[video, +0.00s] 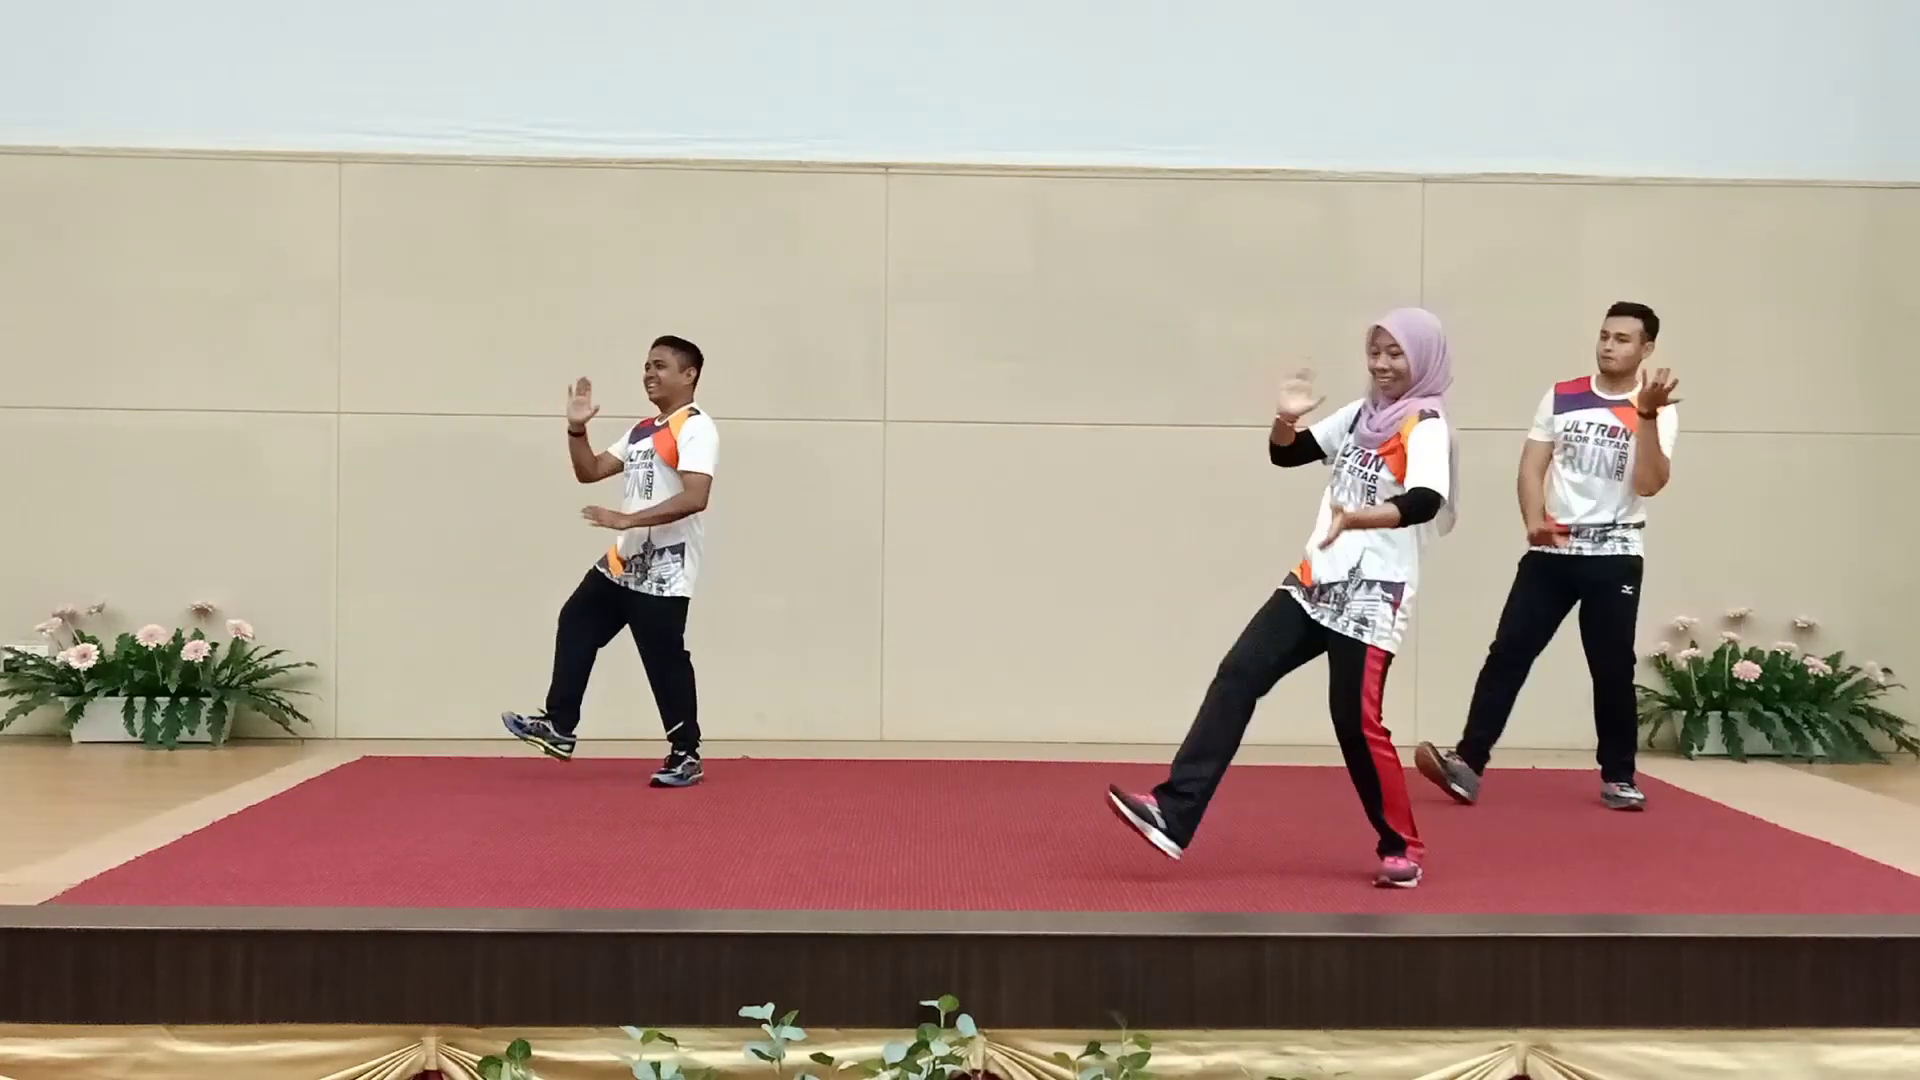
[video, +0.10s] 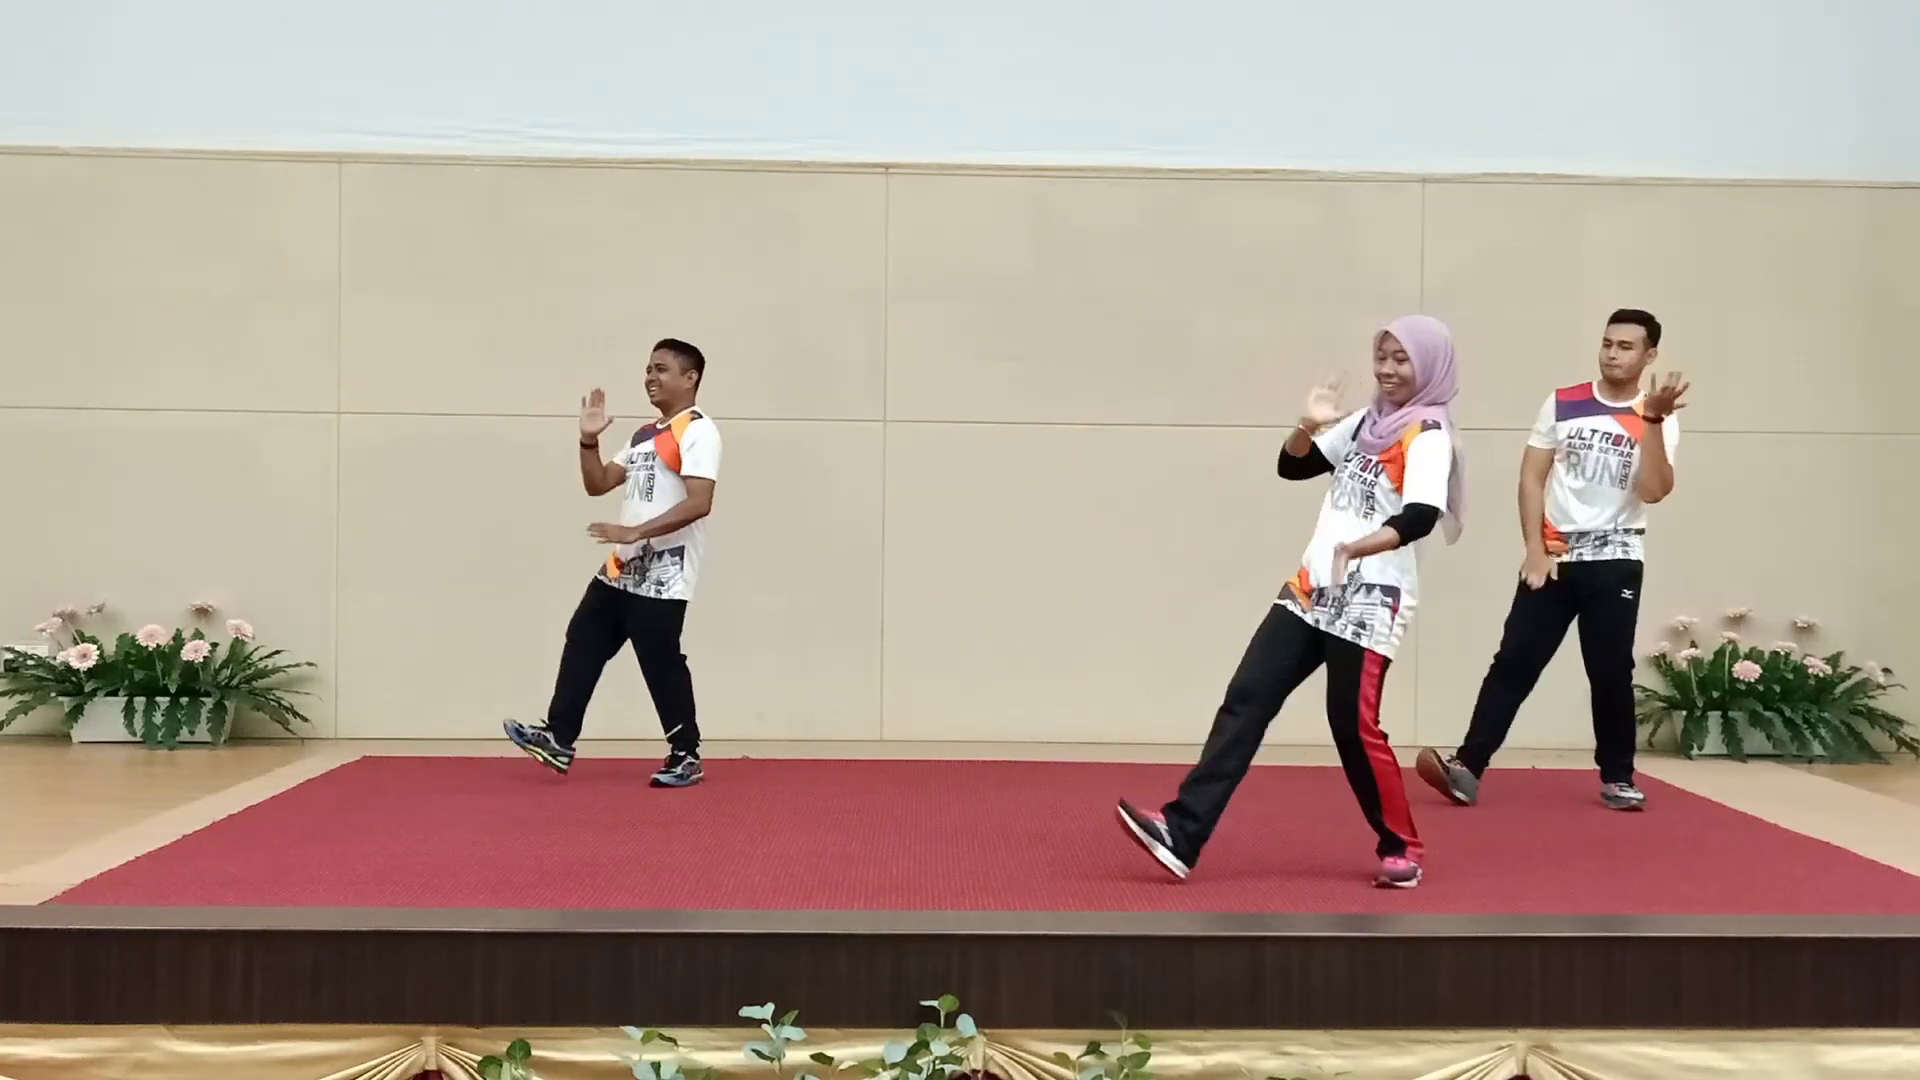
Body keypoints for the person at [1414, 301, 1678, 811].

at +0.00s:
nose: (1610, 346)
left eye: (1623, 339)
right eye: (1606, 336)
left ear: (1646, 349)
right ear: (1597, 340)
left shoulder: (1656, 410)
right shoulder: (1561, 397)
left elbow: (1649, 484)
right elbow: (1530, 469)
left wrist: (1647, 415)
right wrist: (1535, 522)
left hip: (1614, 554)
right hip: (1552, 549)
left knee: (1613, 671)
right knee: (1508, 652)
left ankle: (1619, 778)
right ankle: (1468, 765)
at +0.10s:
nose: (1614, 353)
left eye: (1626, 346)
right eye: (1608, 344)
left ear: (1649, 355)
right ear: (1599, 347)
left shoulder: (1657, 418)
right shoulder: (1562, 403)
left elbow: (1653, 490)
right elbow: (1532, 478)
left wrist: (1652, 421)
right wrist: (1534, 549)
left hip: (1615, 559)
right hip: (1553, 557)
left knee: (1611, 675)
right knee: (1513, 663)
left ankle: (1618, 778)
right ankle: (1468, 768)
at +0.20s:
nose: (1615, 351)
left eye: (1627, 342)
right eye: (1608, 343)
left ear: (1649, 348)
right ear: (1599, 348)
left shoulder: (1659, 416)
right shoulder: (1564, 399)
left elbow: (1658, 487)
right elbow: (1527, 468)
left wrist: (1650, 415)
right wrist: (1530, 538)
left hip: (1613, 556)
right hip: (1549, 549)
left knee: (1610, 669)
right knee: (1501, 644)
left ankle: (1618, 778)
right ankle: (1469, 759)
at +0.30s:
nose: (1611, 343)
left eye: (1621, 334)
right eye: (1601, 336)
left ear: (1642, 339)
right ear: (1591, 343)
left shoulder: (1658, 408)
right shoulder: (1563, 392)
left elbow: (1659, 475)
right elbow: (1524, 460)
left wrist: (1643, 401)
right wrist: (1530, 514)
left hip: (1609, 551)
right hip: (1546, 542)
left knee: (1609, 665)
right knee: (1497, 634)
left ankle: (1619, 777)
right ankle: (1472, 750)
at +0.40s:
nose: (1589, 334)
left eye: (1598, 322)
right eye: (1578, 328)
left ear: (1619, 326)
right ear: (1570, 336)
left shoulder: (1646, 393)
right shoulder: (1549, 386)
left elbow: (1663, 455)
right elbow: (1512, 454)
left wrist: (1622, 402)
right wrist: (1535, 434)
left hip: (1603, 544)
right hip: (1538, 535)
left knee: (1610, 662)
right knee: (1490, 622)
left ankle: (1620, 776)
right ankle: (1462, 738)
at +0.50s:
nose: (1575, 333)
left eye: (1583, 321)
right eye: (1563, 327)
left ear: (1604, 324)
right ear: (1555, 337)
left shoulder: (1635, 389)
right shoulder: (1540, 387)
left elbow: (1663, 449)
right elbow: (1502, 452)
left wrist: (1608, 410)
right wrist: (1528, 428)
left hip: (1598, 544)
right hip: (1533, 536)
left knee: (1608, 662)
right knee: (1487, 624)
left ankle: (1621, 777)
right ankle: (1454, 740)